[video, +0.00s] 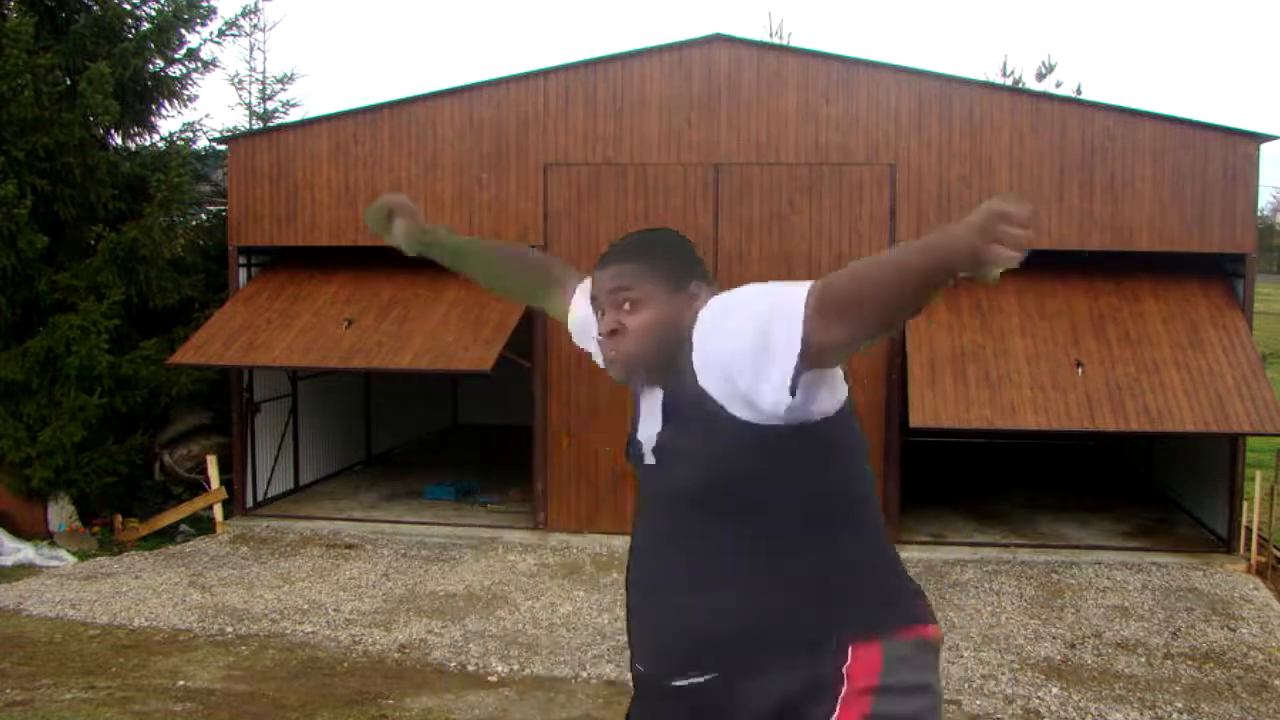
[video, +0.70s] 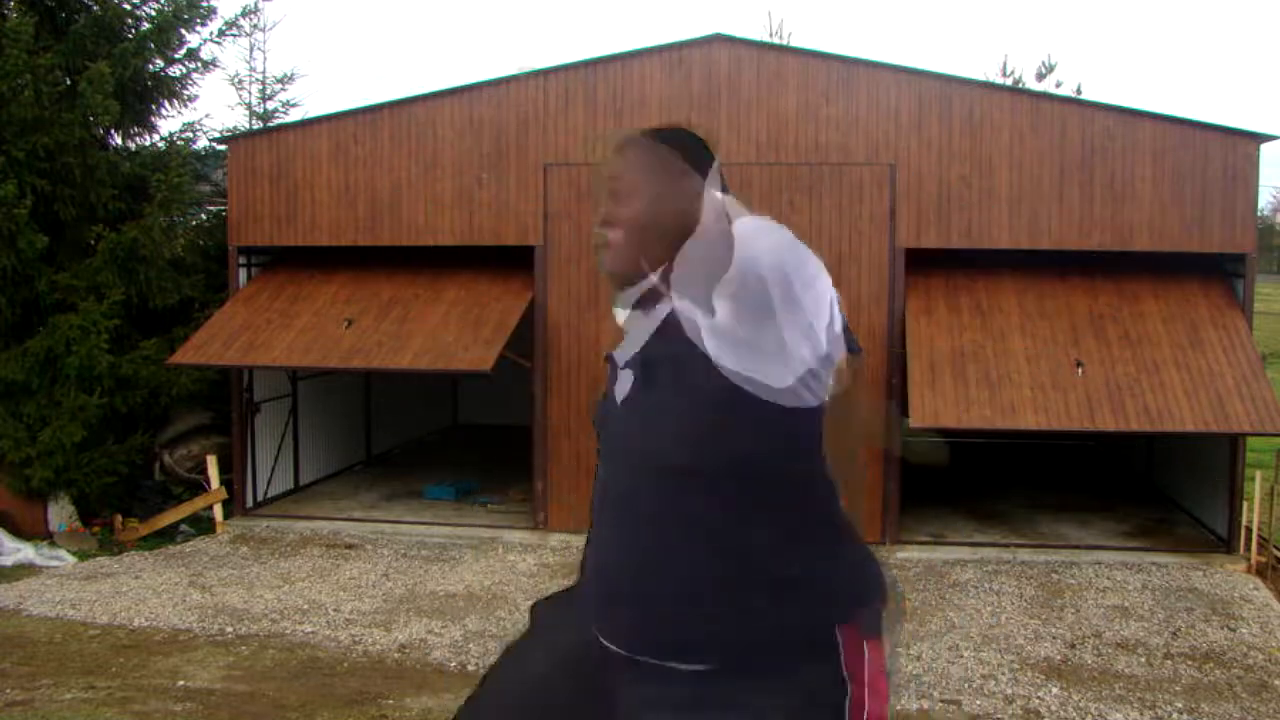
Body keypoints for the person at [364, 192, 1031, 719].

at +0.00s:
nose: (604, 325)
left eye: (622, 303)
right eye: (598, 310)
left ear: (691, 298)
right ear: (601, 320)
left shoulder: (738, 331)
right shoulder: (644, 362)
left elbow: (837, 310)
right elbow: (549, 287)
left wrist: (947, 251)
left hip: (843, 672)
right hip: (701, 680)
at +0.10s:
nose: (579, 280)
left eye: (602, 264)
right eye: (574, 267)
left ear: (668, 271)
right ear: (576, 286)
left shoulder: (710, 311)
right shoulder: (618, 363)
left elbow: (873, 289)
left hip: (822, 652)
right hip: (704, 675)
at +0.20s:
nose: (576, 299)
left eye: (603, 284)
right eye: (573, 286)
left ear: (668, 302)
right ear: (569, 305)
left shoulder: (701, 353)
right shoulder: (570, 408)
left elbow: (886, 320)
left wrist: (1067, 262)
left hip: (816, 654)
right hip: (692, 698)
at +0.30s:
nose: (580, 313)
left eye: (606, 297)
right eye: (576, 299)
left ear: (670, 313)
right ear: (571, 317)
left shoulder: (709, 376)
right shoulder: (597, 408)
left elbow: (857, 387)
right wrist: (673, 269)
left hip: (824, 681)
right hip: (682, 696)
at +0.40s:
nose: (597, 285)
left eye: (623, 270)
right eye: (589, 270)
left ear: (678, 288)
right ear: (581, 285)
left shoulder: (719, 369)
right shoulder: (582, 383)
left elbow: (855, 522)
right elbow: (540, 446)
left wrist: (970, 661)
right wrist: (486, 365)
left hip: (804, 676)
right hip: (661, 684)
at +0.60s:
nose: (600, 259)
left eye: (614, 232)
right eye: (600, 237)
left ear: (688, 227)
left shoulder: (785, 312)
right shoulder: (646, 338)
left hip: (785, 684)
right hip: (629, 667)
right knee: (561, 698)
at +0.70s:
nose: (600, 215)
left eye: (620, 194)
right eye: (602, 196)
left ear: (686, 205)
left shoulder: (769, 322)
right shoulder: (650, 326)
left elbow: (774, 272)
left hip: (768, 671)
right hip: (627, 651)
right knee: (495, 708)